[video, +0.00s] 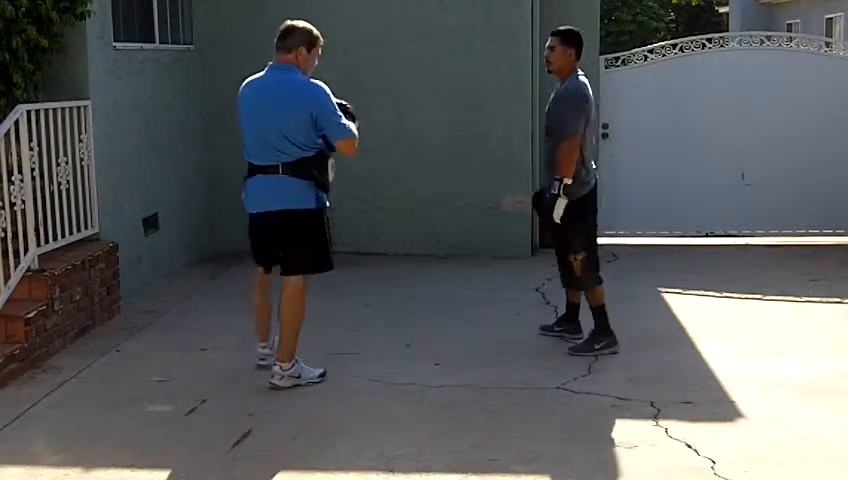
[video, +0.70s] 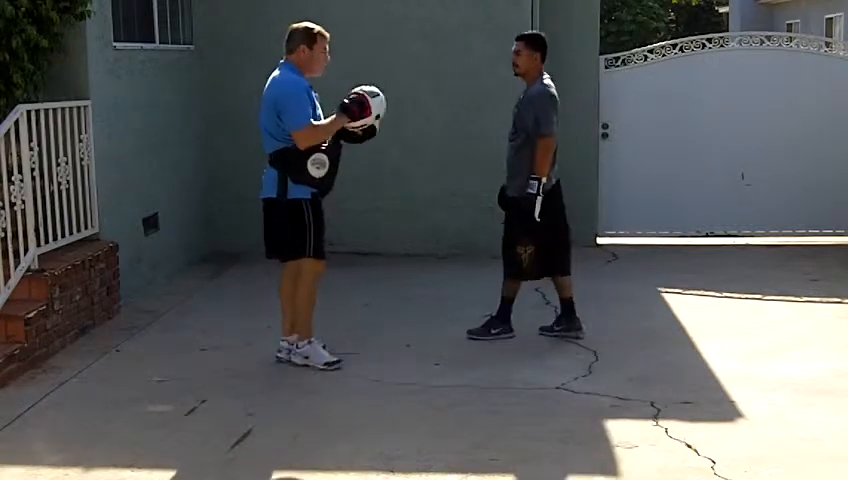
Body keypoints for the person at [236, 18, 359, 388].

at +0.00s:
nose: (317, 62)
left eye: (317, 55)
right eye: (316, 54)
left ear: (280, 50)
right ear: (303, 52)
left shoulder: (248, 88)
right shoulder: (312, 91)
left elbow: (259, 136)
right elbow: (348, 146)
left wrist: (316, 116)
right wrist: (347, 118)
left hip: (258, 195)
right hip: (299, 197)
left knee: (264, 270)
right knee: (294, 279)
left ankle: (264, 347)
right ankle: (285, 365)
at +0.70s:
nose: (328, 57)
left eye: (328, 51)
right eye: (324, 50)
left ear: (300, 52)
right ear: (303, 51)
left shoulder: (286, 81)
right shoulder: (290, 86)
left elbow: (306, 133)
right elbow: (306, 138)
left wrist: (342, 123)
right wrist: (342, 117)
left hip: (285, 189)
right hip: (296, 191)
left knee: (294, 263)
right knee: (313, 264)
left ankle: (290, 340)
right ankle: (303, 342)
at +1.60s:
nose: (335, 51)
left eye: (334, 45)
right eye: (330, 45)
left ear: (312, 51)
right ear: (310, 51)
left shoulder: (314, 84)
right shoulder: (287, 91)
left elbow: (322, 136)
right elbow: (283, 149)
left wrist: (352, 134)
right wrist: (323, 165)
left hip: (320, 189)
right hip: (302, 193)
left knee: (322, 260)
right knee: (312, 262)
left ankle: (319, 330)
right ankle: (304, 345)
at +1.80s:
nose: (345, 53)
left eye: (343, 46)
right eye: (340, 46)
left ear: (320, 51)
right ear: (321, 50)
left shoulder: (318, 83)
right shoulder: (298, 88)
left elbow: (326, 133)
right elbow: (279, 138)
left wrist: (353, 145)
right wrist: (279, 184)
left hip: (326, 190)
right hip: (311, 192)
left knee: (322, 261)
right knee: (316, 263)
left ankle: (319, 330)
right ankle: (304, 344)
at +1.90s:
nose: (345, 52)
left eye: (344, 46)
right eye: (341, 45)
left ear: (319, 49)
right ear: (325, 48)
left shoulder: (318, 82)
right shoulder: (305, 84)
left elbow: (314, 133)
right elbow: (288, 134)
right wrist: (284, 174)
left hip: (325, 189)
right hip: (313, 191)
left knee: (322, 260)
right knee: (317, 262)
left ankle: (318, 329)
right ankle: (305, 344)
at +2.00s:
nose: (345, 52)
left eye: (343, 46)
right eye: (341, 46)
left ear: (313, 50)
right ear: (325, 48)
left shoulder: (294, 82)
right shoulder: (316, 81)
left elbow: (282, 131)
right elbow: (306, 127)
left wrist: (303, 154)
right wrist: (317, 159)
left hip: (306, 190)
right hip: (318, 192)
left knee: (314, 261)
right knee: (319, 262)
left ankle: (318, 329)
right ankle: (305, 344)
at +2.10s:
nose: (343, 52)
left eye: (342, 46)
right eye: (339, 46)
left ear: (311, 51)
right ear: (322, 49)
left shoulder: (289, 84)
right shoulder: (321, 79)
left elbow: (274, 134)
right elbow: (328, 113)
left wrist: (306, 153)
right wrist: (355, 130)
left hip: (301, 187)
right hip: (320, 188)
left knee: (312, 261)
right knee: (319, 262)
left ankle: (318, 329)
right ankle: (305, 344)